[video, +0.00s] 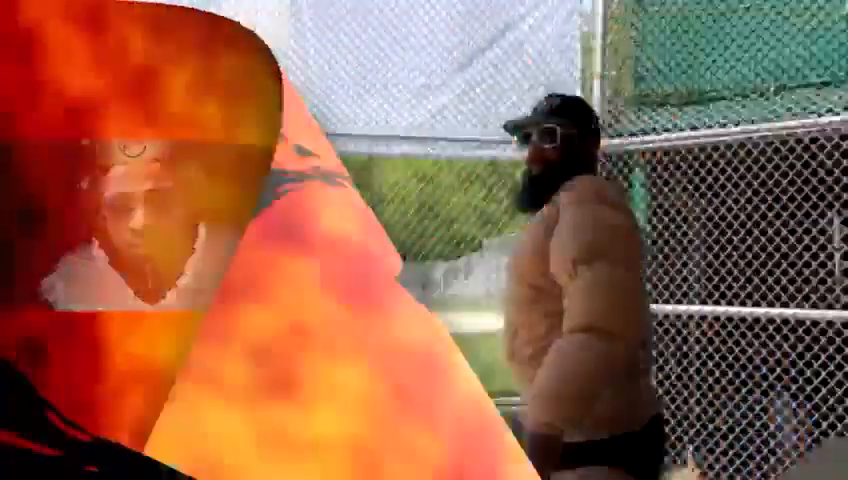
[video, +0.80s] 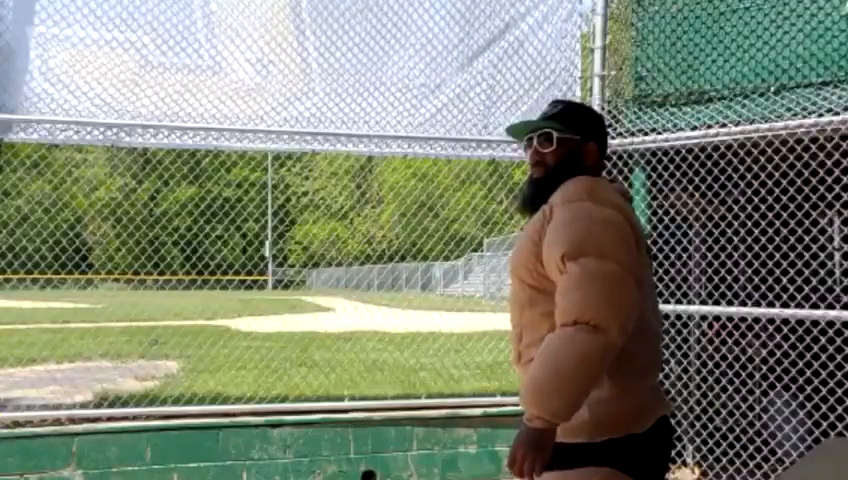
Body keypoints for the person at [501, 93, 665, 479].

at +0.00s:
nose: (532, 153)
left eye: (548, 139)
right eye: (529, 141)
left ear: (580, 146)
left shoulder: (586, 200)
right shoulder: (556, 210)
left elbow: (601, 330)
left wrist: (544, 421)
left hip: (598, 438)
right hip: (575, 438)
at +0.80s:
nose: (532, 152)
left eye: (548, 139)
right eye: (530, 141)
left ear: (588, 151)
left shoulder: (583, 203)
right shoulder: (574, 202)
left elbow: (590, 321)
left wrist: (539, 420)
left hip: (600, 438)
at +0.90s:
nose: (532, 153)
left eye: (546, 140)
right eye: (530, 142)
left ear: (588, 151)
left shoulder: (584, 202)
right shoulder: (576, 202)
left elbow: (592, 320)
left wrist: (544, 423)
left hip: (603, 437)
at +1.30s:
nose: (529, 151)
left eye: (543, 139)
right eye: (529, 140)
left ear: (584, 151)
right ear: (586, 154)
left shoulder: (576, 206)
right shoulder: (597, 202)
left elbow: (584, 328)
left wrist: (553, 440)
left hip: (603, 440)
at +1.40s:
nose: (526, 151)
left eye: (540, 139)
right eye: (527, 140)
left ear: (582, 150)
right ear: (584, 153)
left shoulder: (574, 205)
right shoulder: (596, 201)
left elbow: (578, 330)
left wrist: (540, 438)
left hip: (600, 440)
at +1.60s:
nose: (523, 150)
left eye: (537, 136)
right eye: (524, 137)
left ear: (578, 147)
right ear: (579, 150)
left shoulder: (571, 207)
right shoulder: (595, 199)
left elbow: (570, 331)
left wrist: (517, 432)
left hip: (594, 444)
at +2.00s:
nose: (517, 146)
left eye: (529, 132)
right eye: (520, 133)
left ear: (567, 141)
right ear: (570, 143)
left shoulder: (558, 206)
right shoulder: (605, 198)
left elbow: (547, 336)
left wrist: (477, 432)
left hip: (591, 455)